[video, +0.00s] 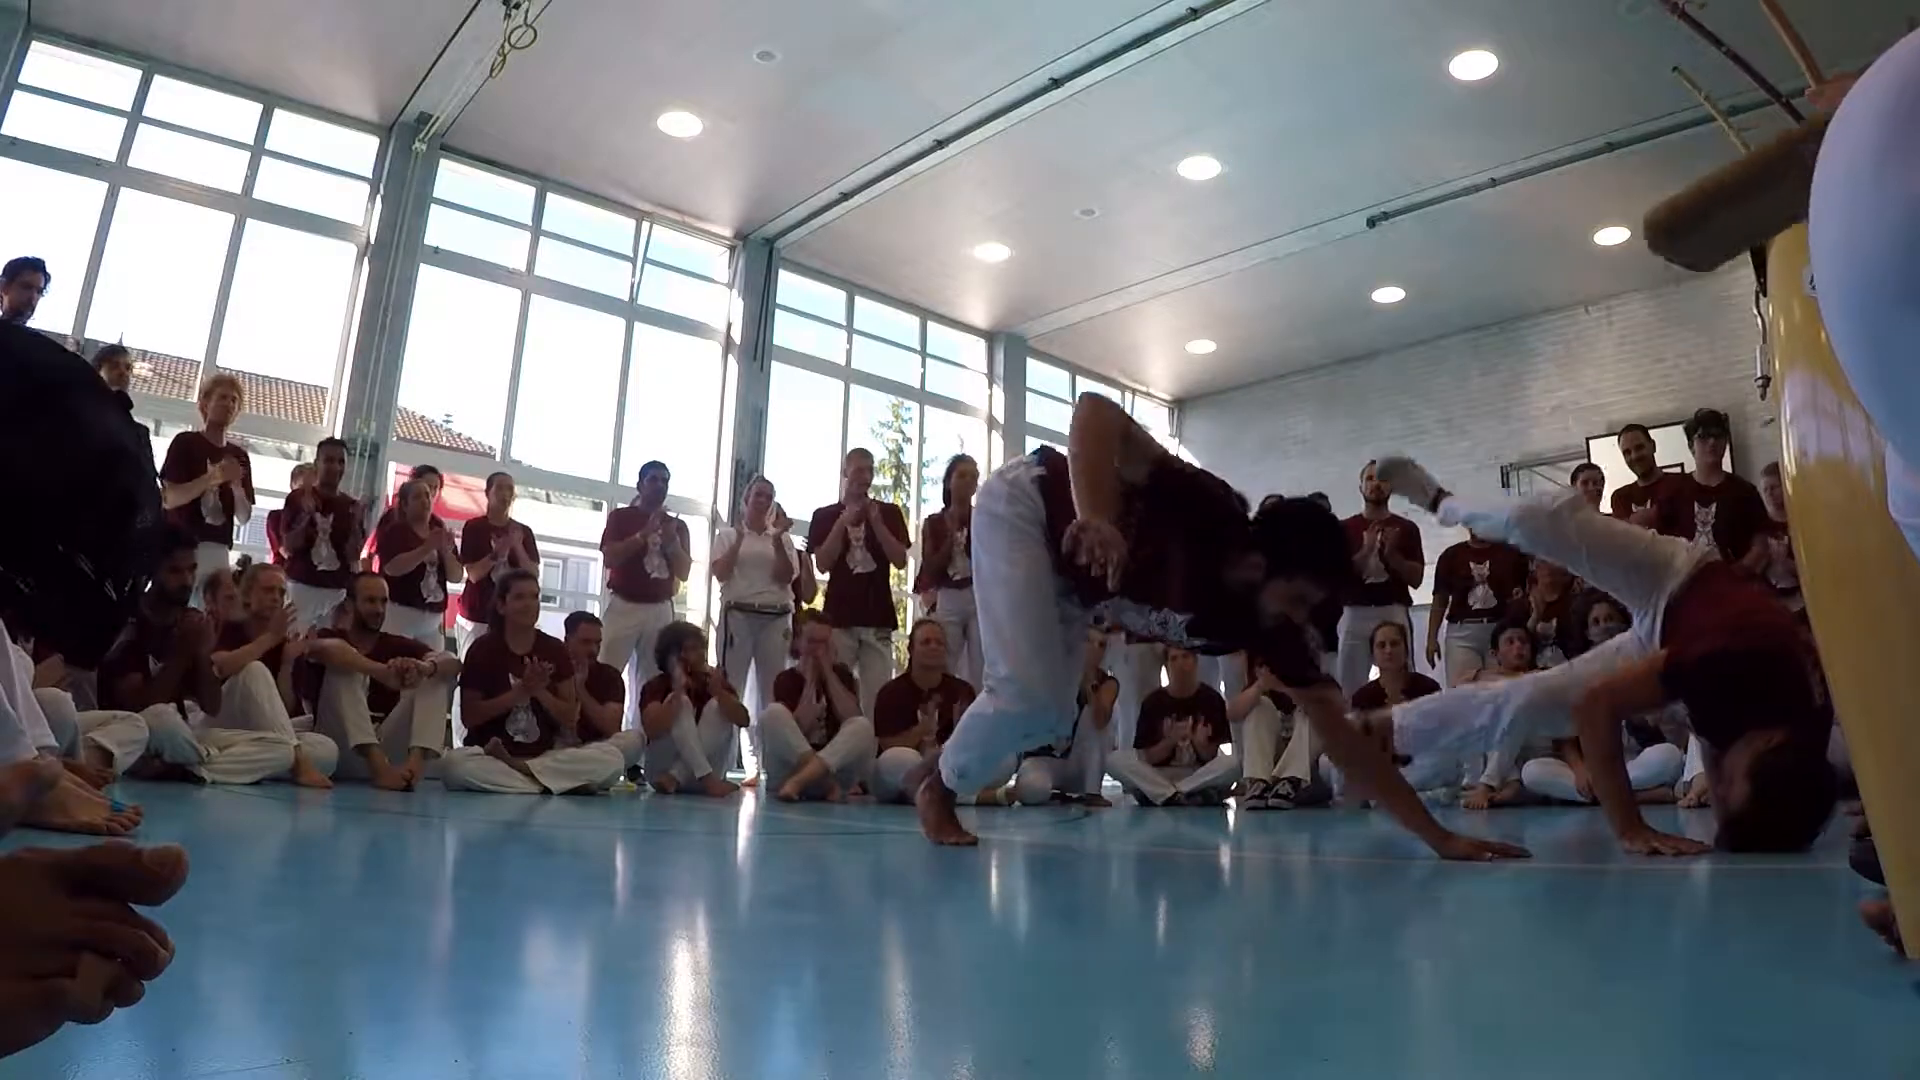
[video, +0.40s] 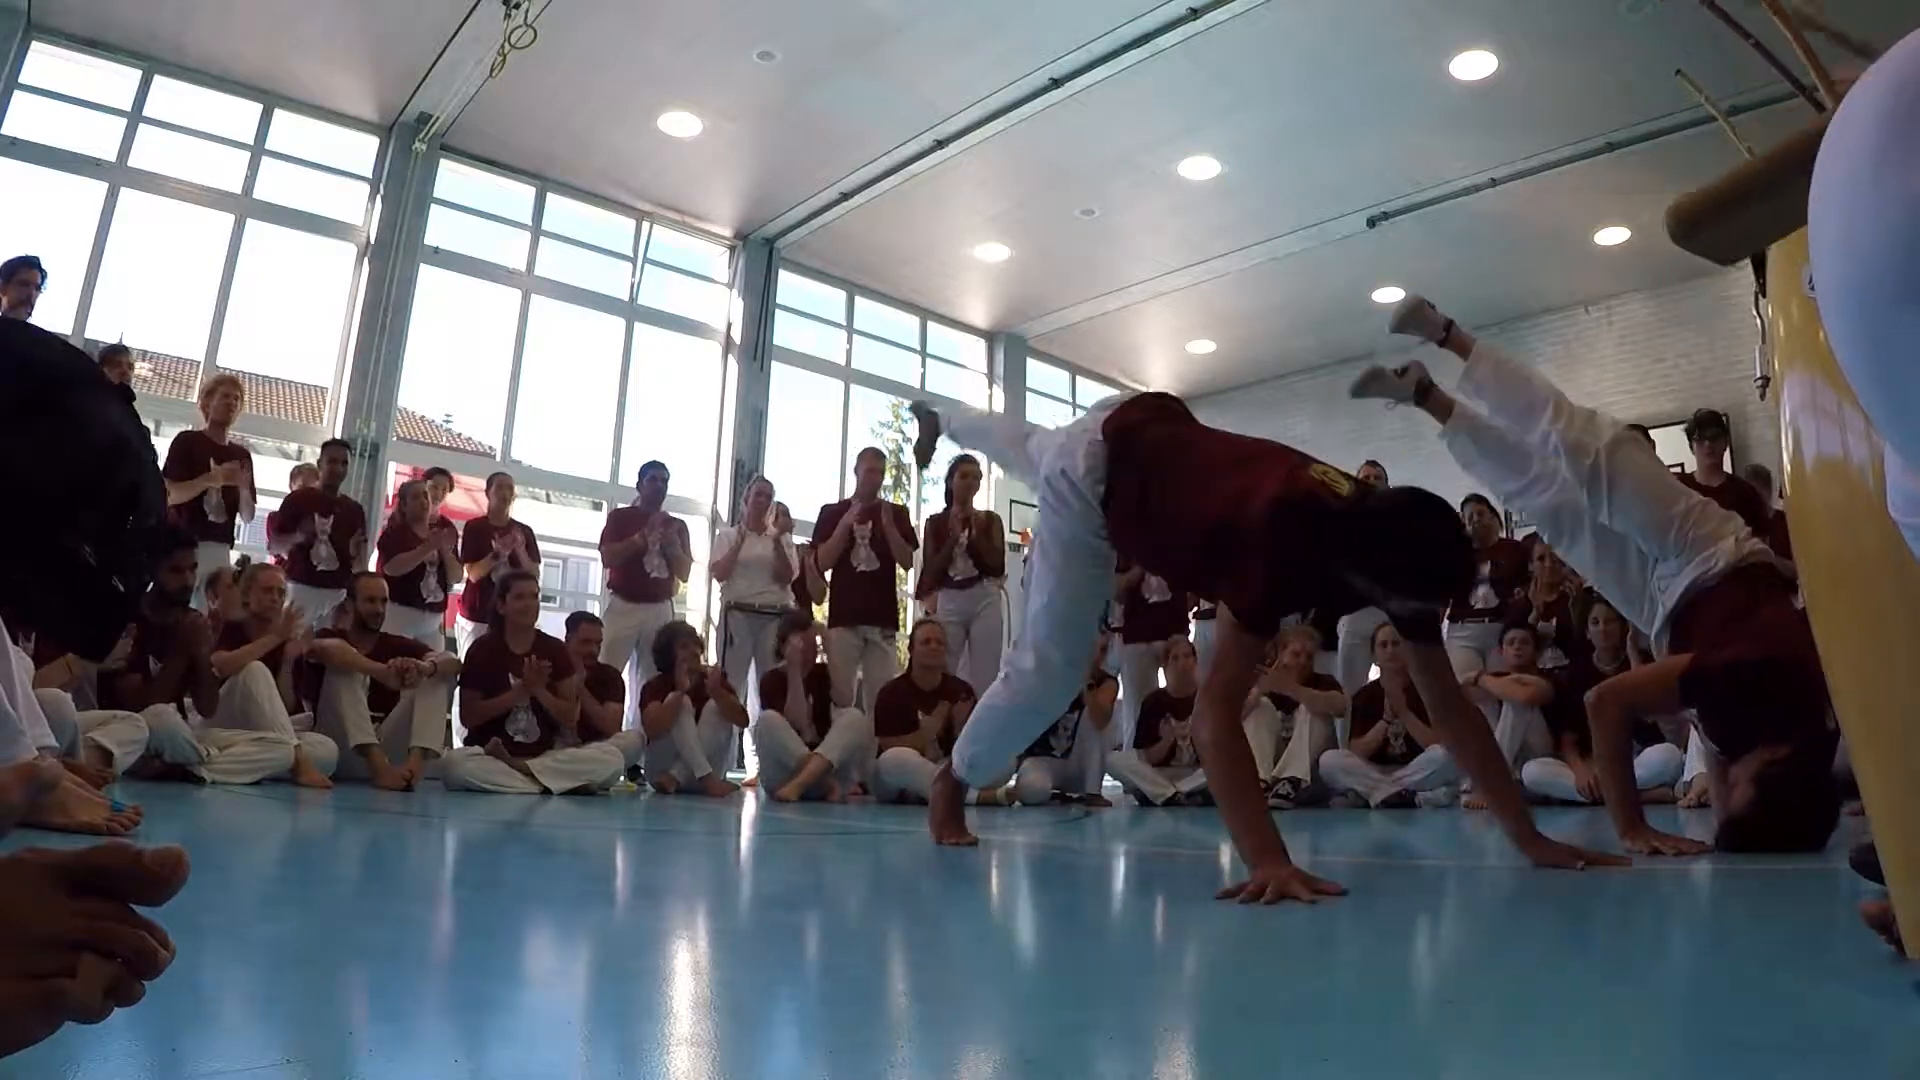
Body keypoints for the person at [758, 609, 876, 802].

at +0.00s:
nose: (818, 649)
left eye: (824, 643)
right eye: (812, 642)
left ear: (831, 645)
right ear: (798, 643)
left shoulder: (842, 674)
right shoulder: (786, 679)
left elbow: (853, 717)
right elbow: (795, 731)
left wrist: (829, 672)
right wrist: (810, 681)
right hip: (789, 775)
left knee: (862, 727)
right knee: (773, 713)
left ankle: (798, 782)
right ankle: (829, 785)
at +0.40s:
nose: (809, 645)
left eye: (812, 639)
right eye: (801, 639)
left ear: (817, 643)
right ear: (784, 644)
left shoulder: (825, 673)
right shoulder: (772, 679)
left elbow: (845, 700)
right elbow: (797, 724)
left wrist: (830, 649)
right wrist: (794, 669)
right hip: (785, 778)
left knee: (855, 717)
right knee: (767, 720)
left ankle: (798, 784)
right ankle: (829, 785)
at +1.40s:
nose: (813, 663)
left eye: (819, 656)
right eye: (806, 656)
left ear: (827, 653)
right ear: (794, 652)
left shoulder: (832, 676)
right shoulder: (778, 675)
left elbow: (853, 675)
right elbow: (785, 689)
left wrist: (836, 636)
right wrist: (789, 640)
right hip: (786, 776)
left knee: (859, 718)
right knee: (794, 702)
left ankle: (809, 783)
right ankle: (826, 782)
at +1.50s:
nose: (812, 663)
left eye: (818, 657)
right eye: (805, 656)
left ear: (827, 654)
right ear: (793, 653)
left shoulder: (833, 677)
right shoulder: (778, 675)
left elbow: (853, 683)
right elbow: (783, 689)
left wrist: (835, 639)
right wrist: (788, 640)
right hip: (786, 777)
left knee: (856, 713)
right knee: (793, 701)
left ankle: (809, 783)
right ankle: (826, 782)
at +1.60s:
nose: (812, 664)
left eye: (818, 657)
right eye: (805, 657)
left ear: (826, 654)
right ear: (793, 654)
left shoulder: (833, 677)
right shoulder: (779, 676)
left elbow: (853, 683)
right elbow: (782, 689)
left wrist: (837, 641)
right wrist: (787, 640)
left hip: (832, 779)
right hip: (786, 776)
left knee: (853, 712)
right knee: (793, 701)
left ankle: (810, 784)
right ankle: (825, 783)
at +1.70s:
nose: (813, 665)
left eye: (819, 658)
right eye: (806, 658)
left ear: (828, 655)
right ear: (793, 656)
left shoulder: (834, 678)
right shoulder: (778, 677)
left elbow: (853, 680)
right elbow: (780, 691)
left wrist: (837, 640)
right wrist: (786, 639)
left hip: (832, 778)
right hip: (786, 776)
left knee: (852, 711)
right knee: (793, 701)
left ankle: (810, 784)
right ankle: (825, 782)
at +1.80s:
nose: (813, 666)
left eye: (819, 658)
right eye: (806, 659)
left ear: (828, 656)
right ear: (792, 657)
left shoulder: (835, 678)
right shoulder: (778, 679)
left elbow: (854, 679)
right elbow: (779, 692)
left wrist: (837, 639)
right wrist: (786, 641)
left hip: (832, 780)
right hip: (785, 777)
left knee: (851, 710)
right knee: (794, 701)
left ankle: (810, 785)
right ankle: (825, 782)